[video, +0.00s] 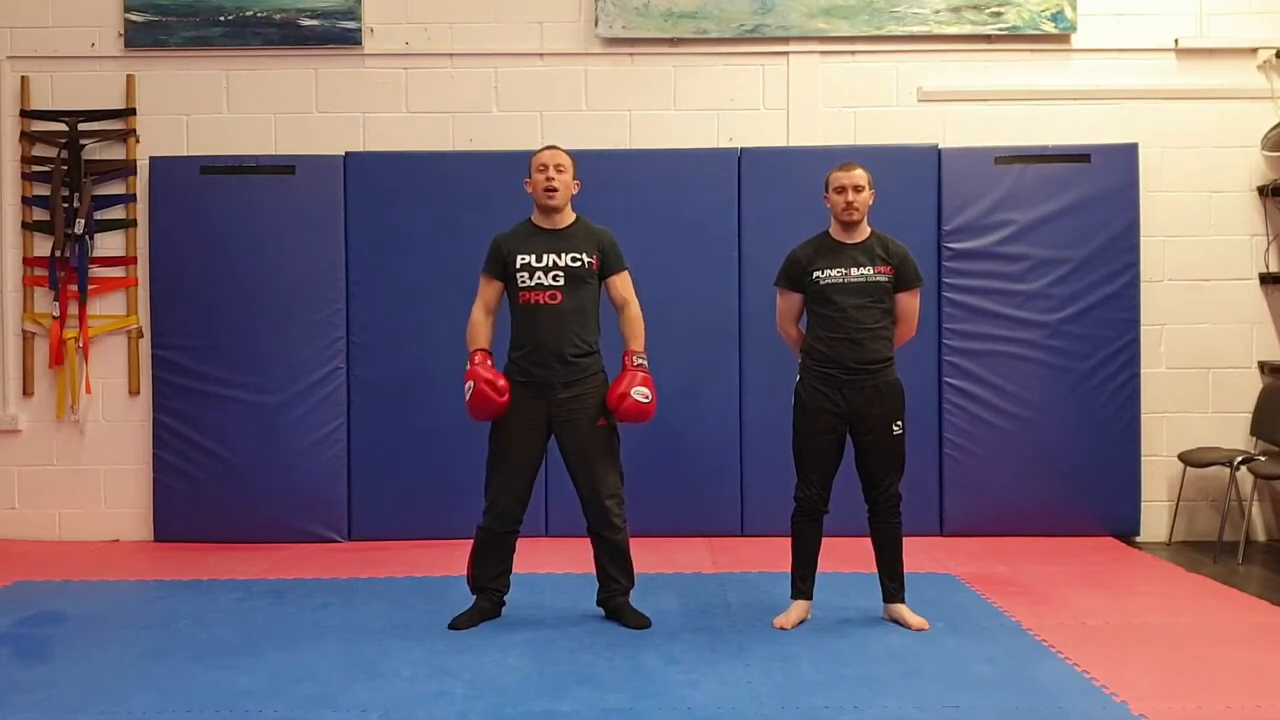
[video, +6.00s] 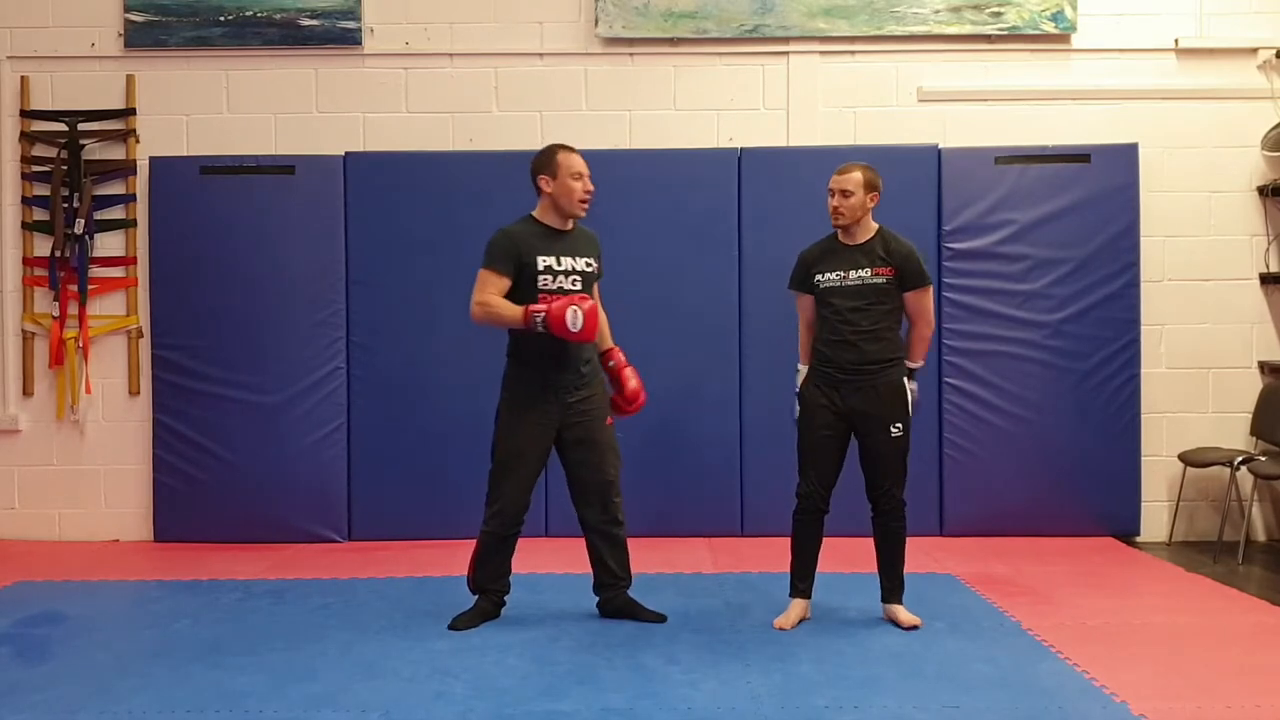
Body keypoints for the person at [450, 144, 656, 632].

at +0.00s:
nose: (550, 177)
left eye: (559, 171)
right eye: (542, 171)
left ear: (574, 184)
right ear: (529, 184)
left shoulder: (598, 240)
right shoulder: (508, 244)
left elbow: (628, 305)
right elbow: (484, 310)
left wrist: (637, 365)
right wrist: (479, 362)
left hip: (585, 388)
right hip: (521, 389)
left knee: (606, 499)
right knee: (503, 501)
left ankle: (616, 597)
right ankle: (488, 597)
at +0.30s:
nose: (547, 176)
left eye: (557, 171)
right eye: (540, 170)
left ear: (574, 187)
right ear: (528, 185)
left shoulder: (598, 240)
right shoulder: (507, 245)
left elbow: (628, 305)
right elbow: (477, 300)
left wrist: (650, 364)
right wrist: (474, 307)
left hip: (584, 388)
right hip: (522, 390)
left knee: (605, 499)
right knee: (503, 500)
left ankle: (616, 598)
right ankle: (488, 598)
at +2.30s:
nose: (544, 179)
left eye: (553, 172)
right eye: (536, 172)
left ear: (571, 183)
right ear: (525, 184)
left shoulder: (599, 241)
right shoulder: (507, 245)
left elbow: (617, 308)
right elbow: (488, 315)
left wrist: (627, 371)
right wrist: (478, 376)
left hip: (586, 390)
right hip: (523, 390)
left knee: (606, 500)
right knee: (504, 500)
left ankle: (616, 597)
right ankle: (488, 597)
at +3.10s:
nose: (556, 173)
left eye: (562, 166)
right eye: (545, 168)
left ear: (576, 181)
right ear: (530, 186)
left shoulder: (601, 239)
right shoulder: (508, 238)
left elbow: (626, 303)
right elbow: (478, 298)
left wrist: (635, 364)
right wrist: (516, 318)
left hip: (587, 387)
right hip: (527, 388)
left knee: (607, 498)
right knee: (505, 497)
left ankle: (616, 597)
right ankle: (488, 597)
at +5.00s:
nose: (543, 192)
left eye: (552, 183)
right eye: (535, 184)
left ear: (575, 185)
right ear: (527, 188)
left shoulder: (603, 242)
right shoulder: (514, 240)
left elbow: (622, 311)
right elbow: (486, 305)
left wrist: (633, 373)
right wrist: (515, 257)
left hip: (587, 389)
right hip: (527, 389)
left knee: (607, 500)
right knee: (505, 498)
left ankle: (616, 598)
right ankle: (488, 597)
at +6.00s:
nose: (588, 186)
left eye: (587, 178)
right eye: (577, 178)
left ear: (579, 185)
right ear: (546, 184)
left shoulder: (587, 242)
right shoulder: (512, 241)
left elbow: (592, 307)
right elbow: (482, 307)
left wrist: (616, 365)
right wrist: (542, 315)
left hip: (585, 390)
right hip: (529, 393)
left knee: (602, 493)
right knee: (507, 498)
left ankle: (614, 594)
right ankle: (489, 597)